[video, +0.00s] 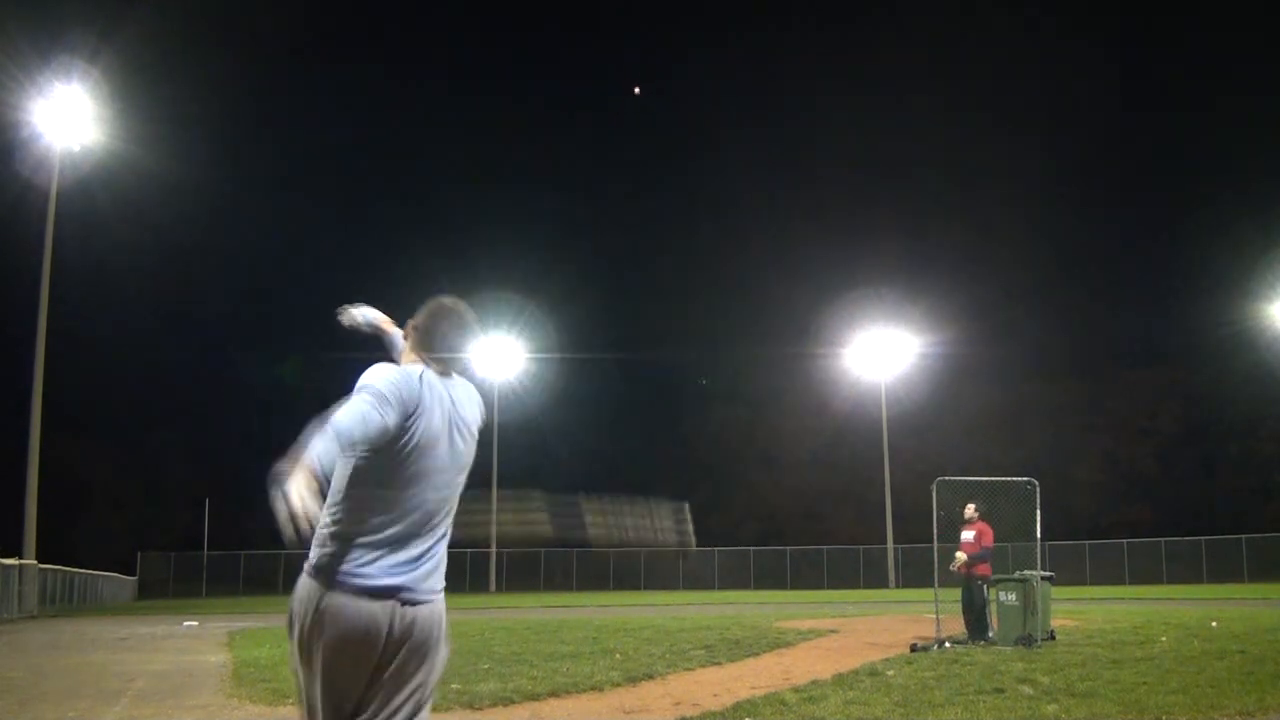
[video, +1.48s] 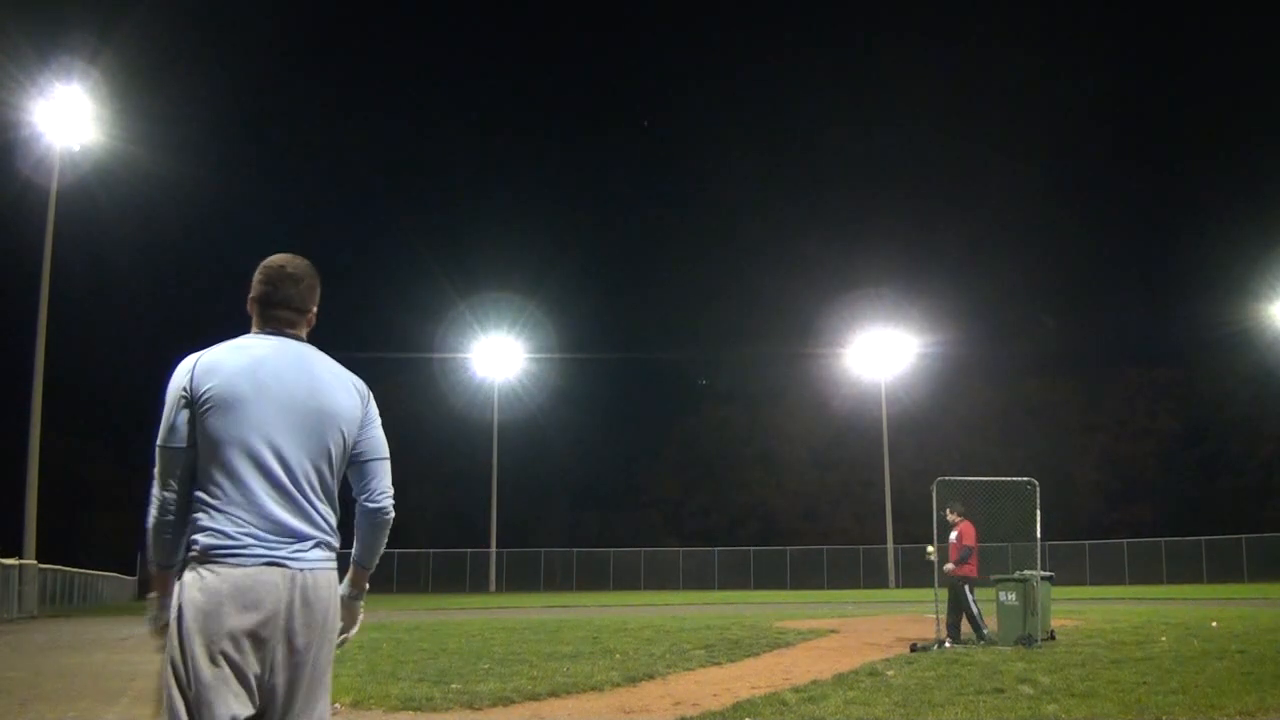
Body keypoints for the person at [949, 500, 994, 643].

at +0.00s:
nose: (965, 511)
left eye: (969, 509)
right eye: (965, 509)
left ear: (977, 513)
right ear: (965, 511)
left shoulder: (984, 528)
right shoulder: (964, 528)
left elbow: (986, 551)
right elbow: (964, 549)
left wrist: (967, 558)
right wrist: (957, 562)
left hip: (980, 573)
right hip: (967, 573)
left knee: (979, 605)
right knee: (967, 606)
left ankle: (982, 635)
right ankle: (972, 635)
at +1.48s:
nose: (946, 518)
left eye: (948, 514)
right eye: (946, 515)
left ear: (955, 514)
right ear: (955, 515)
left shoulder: (966, 526)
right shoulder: (955, 528)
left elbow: (968, 548)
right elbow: (958, 550)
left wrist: (954, 563)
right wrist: (951, 564)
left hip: (965, 575)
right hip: (955, 575)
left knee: (970, 606)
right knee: (954, 608)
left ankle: (983, 634)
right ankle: (953, 636)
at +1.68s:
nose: (941, 518)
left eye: (943, 514)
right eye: (940, 515)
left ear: (951, 514)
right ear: (948, 515)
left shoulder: (962, 527)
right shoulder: (948, 529)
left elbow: (968, 547)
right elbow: (950, 550)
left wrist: (960, 564)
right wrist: (946, 567)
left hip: (958, 572)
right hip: (948, 572)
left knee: (957, 600)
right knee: (950, 605)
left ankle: (975, 629)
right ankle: (953, 636)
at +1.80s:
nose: (938, 518)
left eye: (940, 514)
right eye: (937, 515)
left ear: (948, 514)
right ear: (942, 515)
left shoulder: (959, 526)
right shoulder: (943, 531)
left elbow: (966, 547)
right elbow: (939, 551)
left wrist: (963, 565)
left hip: (955, 571)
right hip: (945, 573)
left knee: (954, 601)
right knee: (948, 604)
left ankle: (968, 632)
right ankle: (952, 635)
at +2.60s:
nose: (934, 513)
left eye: (936, 511)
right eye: (935, 511)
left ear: (942, 513)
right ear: (941, 513)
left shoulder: (949, 526)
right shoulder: (942, 527)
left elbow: (951, 547)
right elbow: (943, 549)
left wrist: (947, 568)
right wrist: (940, 569)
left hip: (950, 573)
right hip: (943, 573)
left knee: (951, 606)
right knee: (946, 606)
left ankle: (954, 636)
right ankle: (949, 635)